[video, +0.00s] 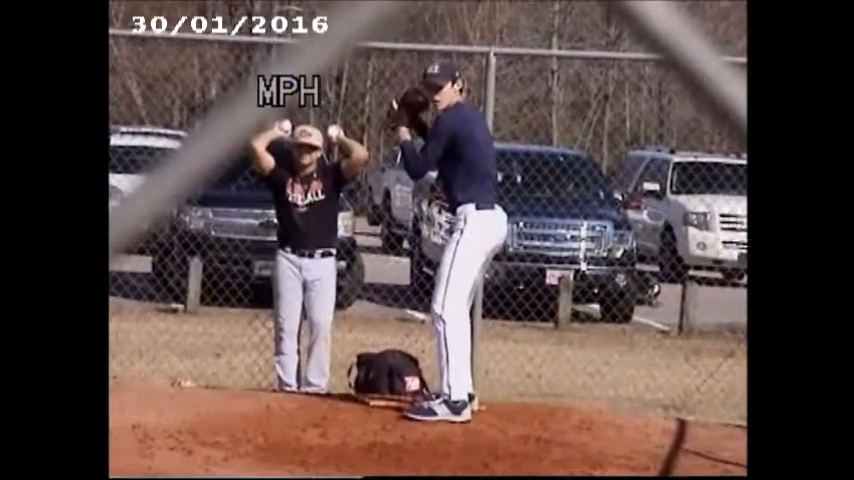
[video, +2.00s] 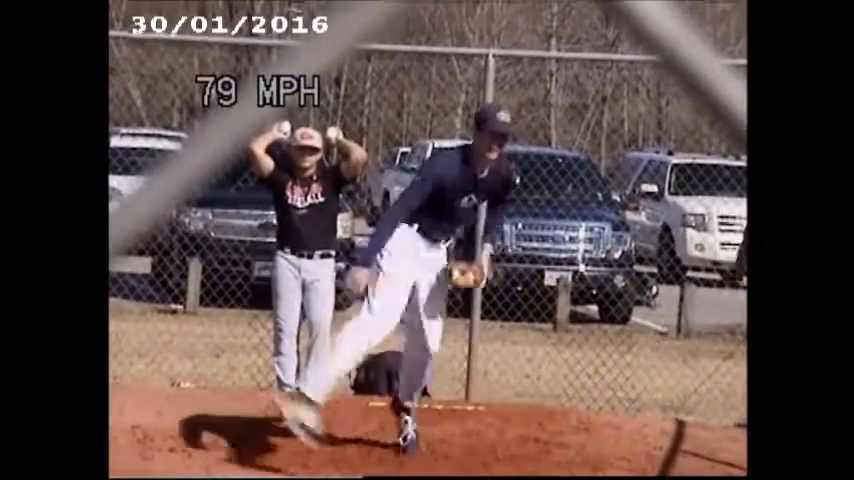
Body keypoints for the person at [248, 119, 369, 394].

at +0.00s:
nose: (305, 155)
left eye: (311, 150)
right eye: (301, 149)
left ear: (320, 152)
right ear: (292, 150)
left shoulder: (332, 175)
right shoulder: (281, 176)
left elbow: (361, 156)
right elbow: (256, 147)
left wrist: (341, 139)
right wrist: (276, 131)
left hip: (323, 260)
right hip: (288, 258)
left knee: (321, 324)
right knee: (286, 324)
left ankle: (317, 385)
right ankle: (286, 384)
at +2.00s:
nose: (307, 157)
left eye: (313, 152)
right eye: (301, 151)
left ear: (321, 153)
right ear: (291, 153)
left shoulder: (332, 177)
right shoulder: (281, 179)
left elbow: (360, 158)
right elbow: (255, 150)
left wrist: (340, 140)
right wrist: (275, 133)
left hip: (322, 261)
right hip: (287, 259)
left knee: (320, 326)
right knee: (285, 326)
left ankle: (315, 385)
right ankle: (285, 384)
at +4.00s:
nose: (311, 161)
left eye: (316, 157)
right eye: (306, 153)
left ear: (324, 155)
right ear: (296, 158)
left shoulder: (334, 175)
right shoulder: (289, 179)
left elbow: (374, 158)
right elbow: (286, 204)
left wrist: (344, 139)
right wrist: (299, 166)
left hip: (324, 259)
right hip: (289, 259)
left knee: (321, 323)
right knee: (287, 323)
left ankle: (316, 384)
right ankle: (288, 383)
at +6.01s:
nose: (304, 153)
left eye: (309, 147)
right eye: (299, 148)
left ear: (318, 148)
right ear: (290, 150)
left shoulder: (331, 175)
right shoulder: (281, 174)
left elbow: (367, 159)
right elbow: (263, 144)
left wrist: (343, 140)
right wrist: (280, 129)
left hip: (319, 259)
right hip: (285, 257)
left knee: (313, 322)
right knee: (280, 321)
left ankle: (309, 381)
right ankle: (278, 381)